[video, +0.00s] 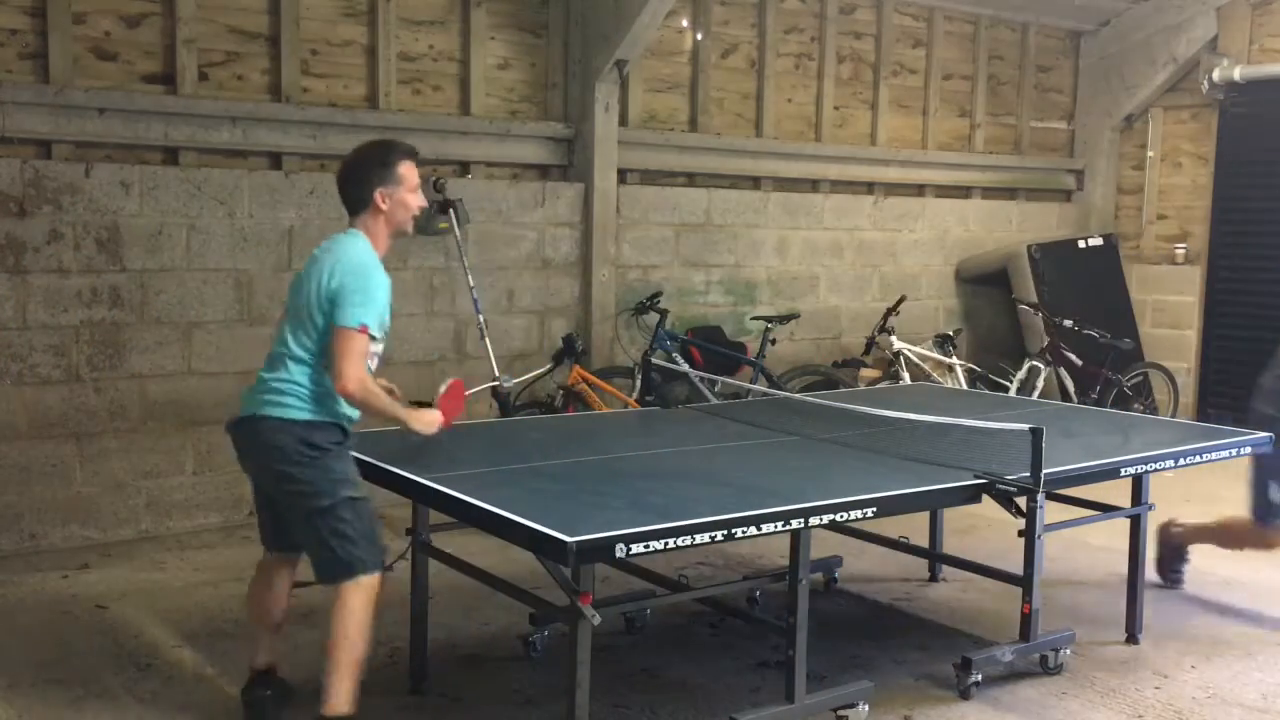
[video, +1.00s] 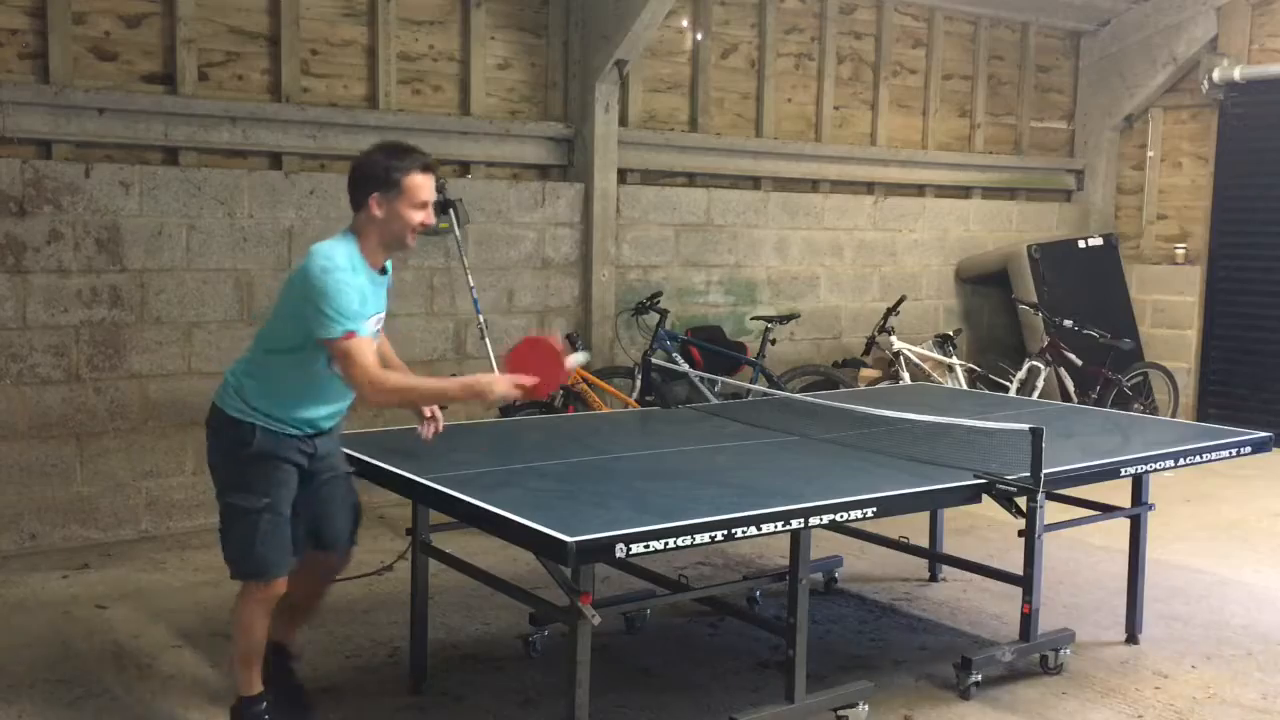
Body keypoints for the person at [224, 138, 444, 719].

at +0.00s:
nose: (424, 201)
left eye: (422, 188)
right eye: (415, 189)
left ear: (377, 200)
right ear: (382, 199)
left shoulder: (330, 254)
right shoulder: (363, 269)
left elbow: (329, 359)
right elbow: (349, 380)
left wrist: (388, 393)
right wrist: (410, 418)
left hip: (261, 422)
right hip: (302, 430)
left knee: (281, 554)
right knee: (362, 568)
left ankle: (262, 680)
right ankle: (339, 708)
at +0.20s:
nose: (414, 182)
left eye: (412, 169)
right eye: (405, 170)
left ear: (368, 179)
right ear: (369, 178)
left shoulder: (338, 234)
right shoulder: (346, 245)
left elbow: (330, 342)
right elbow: (322, 354)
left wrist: (390, 379)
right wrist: (394, 385)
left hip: (271, 404)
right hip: (272, 412)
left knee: (267, 541)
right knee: (281, 564)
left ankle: (241, 638)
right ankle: (266, 696)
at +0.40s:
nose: (405, 229)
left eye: (403, 217)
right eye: (394, 218)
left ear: (364, 228)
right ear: (357, 228)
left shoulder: (357, 284)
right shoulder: (312, 285)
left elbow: (339, 359)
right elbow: (282, 393)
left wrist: (392, 406)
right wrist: (367, 421)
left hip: (273, 425)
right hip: (233, 426)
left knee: (269, 535)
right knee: (297, 555)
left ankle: (230, 634)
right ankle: (267, 695)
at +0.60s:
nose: (398, 254)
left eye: (399, 242)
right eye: (387, 242)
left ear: (361, 251)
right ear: (346, 248)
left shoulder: (363, 301)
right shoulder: (289, 301)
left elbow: (369, 371)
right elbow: (242, 396)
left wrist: (424, 406)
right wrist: (292, 442)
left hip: (270, 428)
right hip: (218, 424)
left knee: (274, 537)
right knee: (282, 551)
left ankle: (228, 634)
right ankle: (262, 696)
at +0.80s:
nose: (401, 249)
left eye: (404, 236)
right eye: (389, 235)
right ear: (347, 236)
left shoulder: (374, 290)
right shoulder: (295, 300)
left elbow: (393, 344)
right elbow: (283, 409)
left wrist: (441, 386)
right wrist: (321, 453)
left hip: (287, 430)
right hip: (236, 426)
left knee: (266, 549)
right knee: (266, 573)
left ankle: (235, 629)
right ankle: (249, 702)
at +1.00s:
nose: (429, 219)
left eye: (432, 207)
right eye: (419, 206)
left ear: (389, 209)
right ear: (374, 205)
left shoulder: (377, 265)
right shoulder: (330, 270)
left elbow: (375, 343)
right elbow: (370, 387)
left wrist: (417, 394)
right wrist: (474, 387)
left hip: (319, 429)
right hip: (258, 428)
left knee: (330, 549)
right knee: (267, 576)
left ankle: (274, 649)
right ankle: (248, 701)